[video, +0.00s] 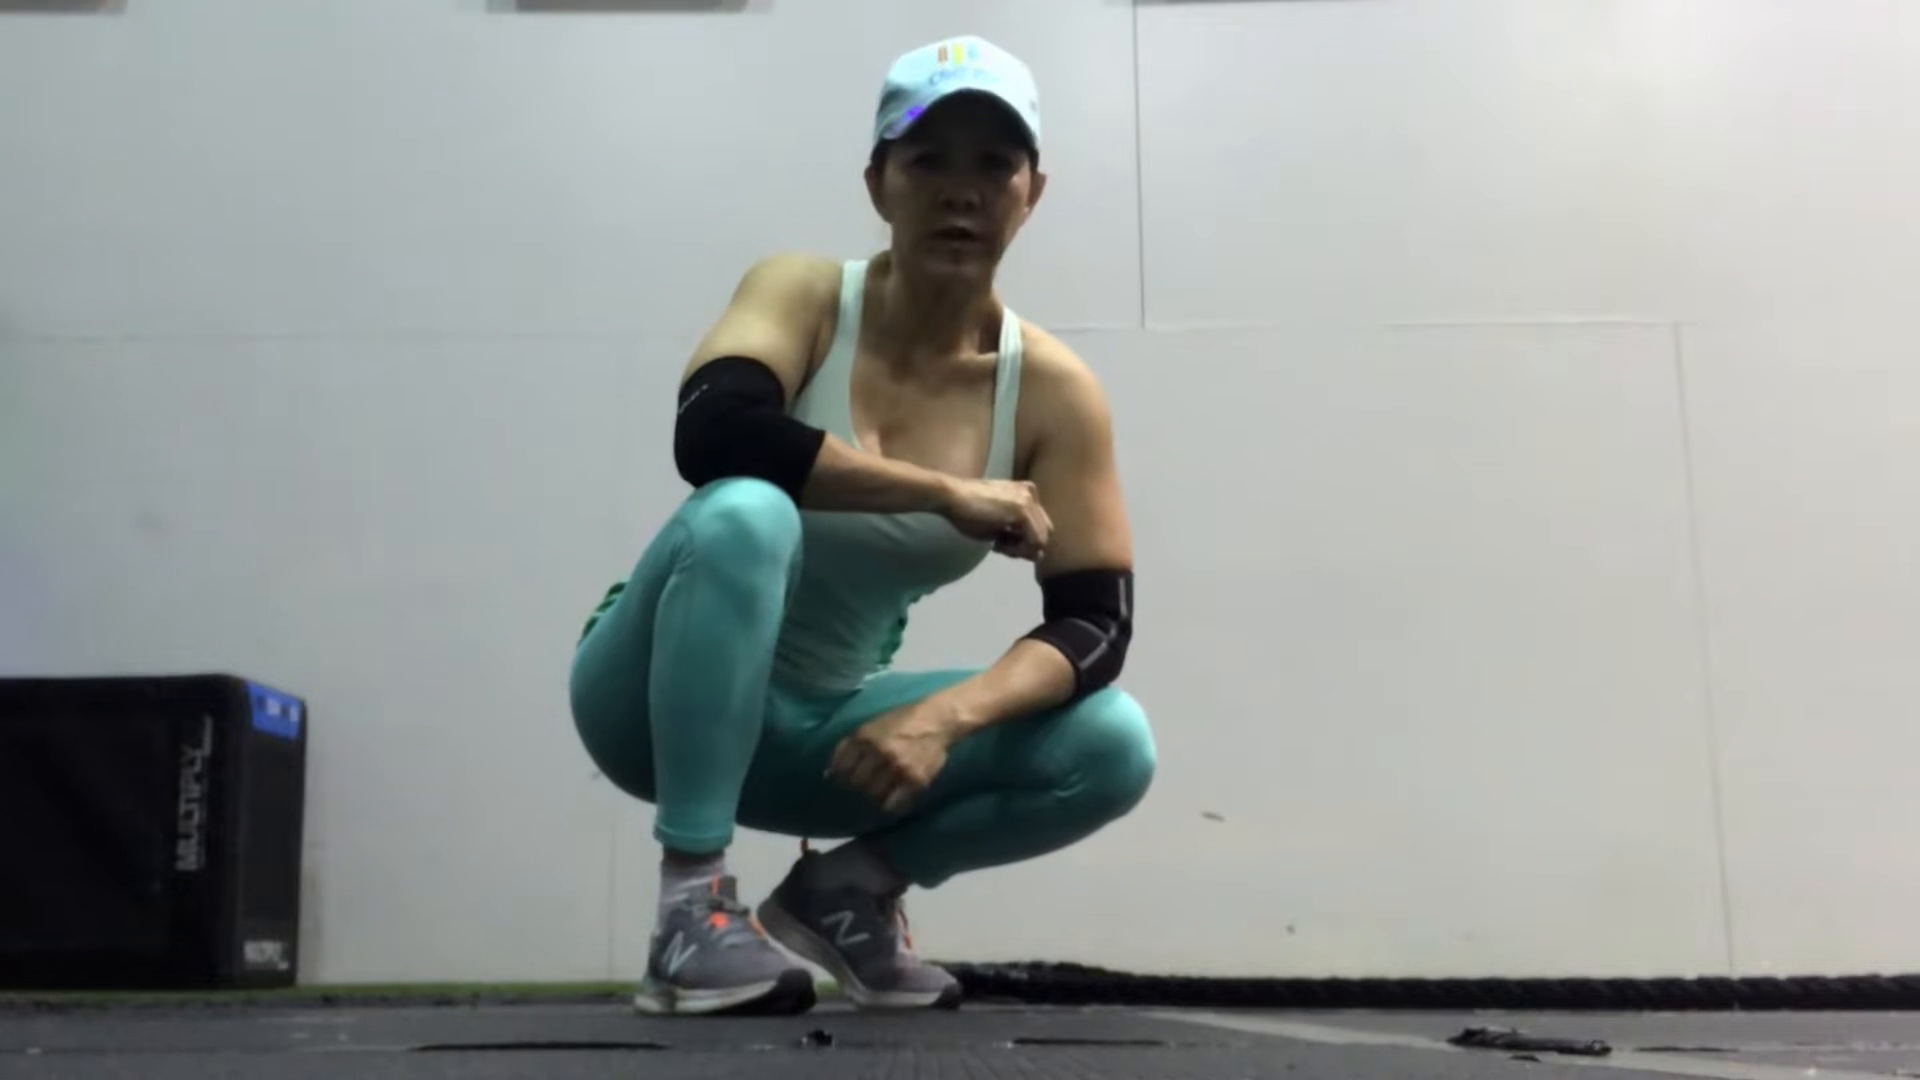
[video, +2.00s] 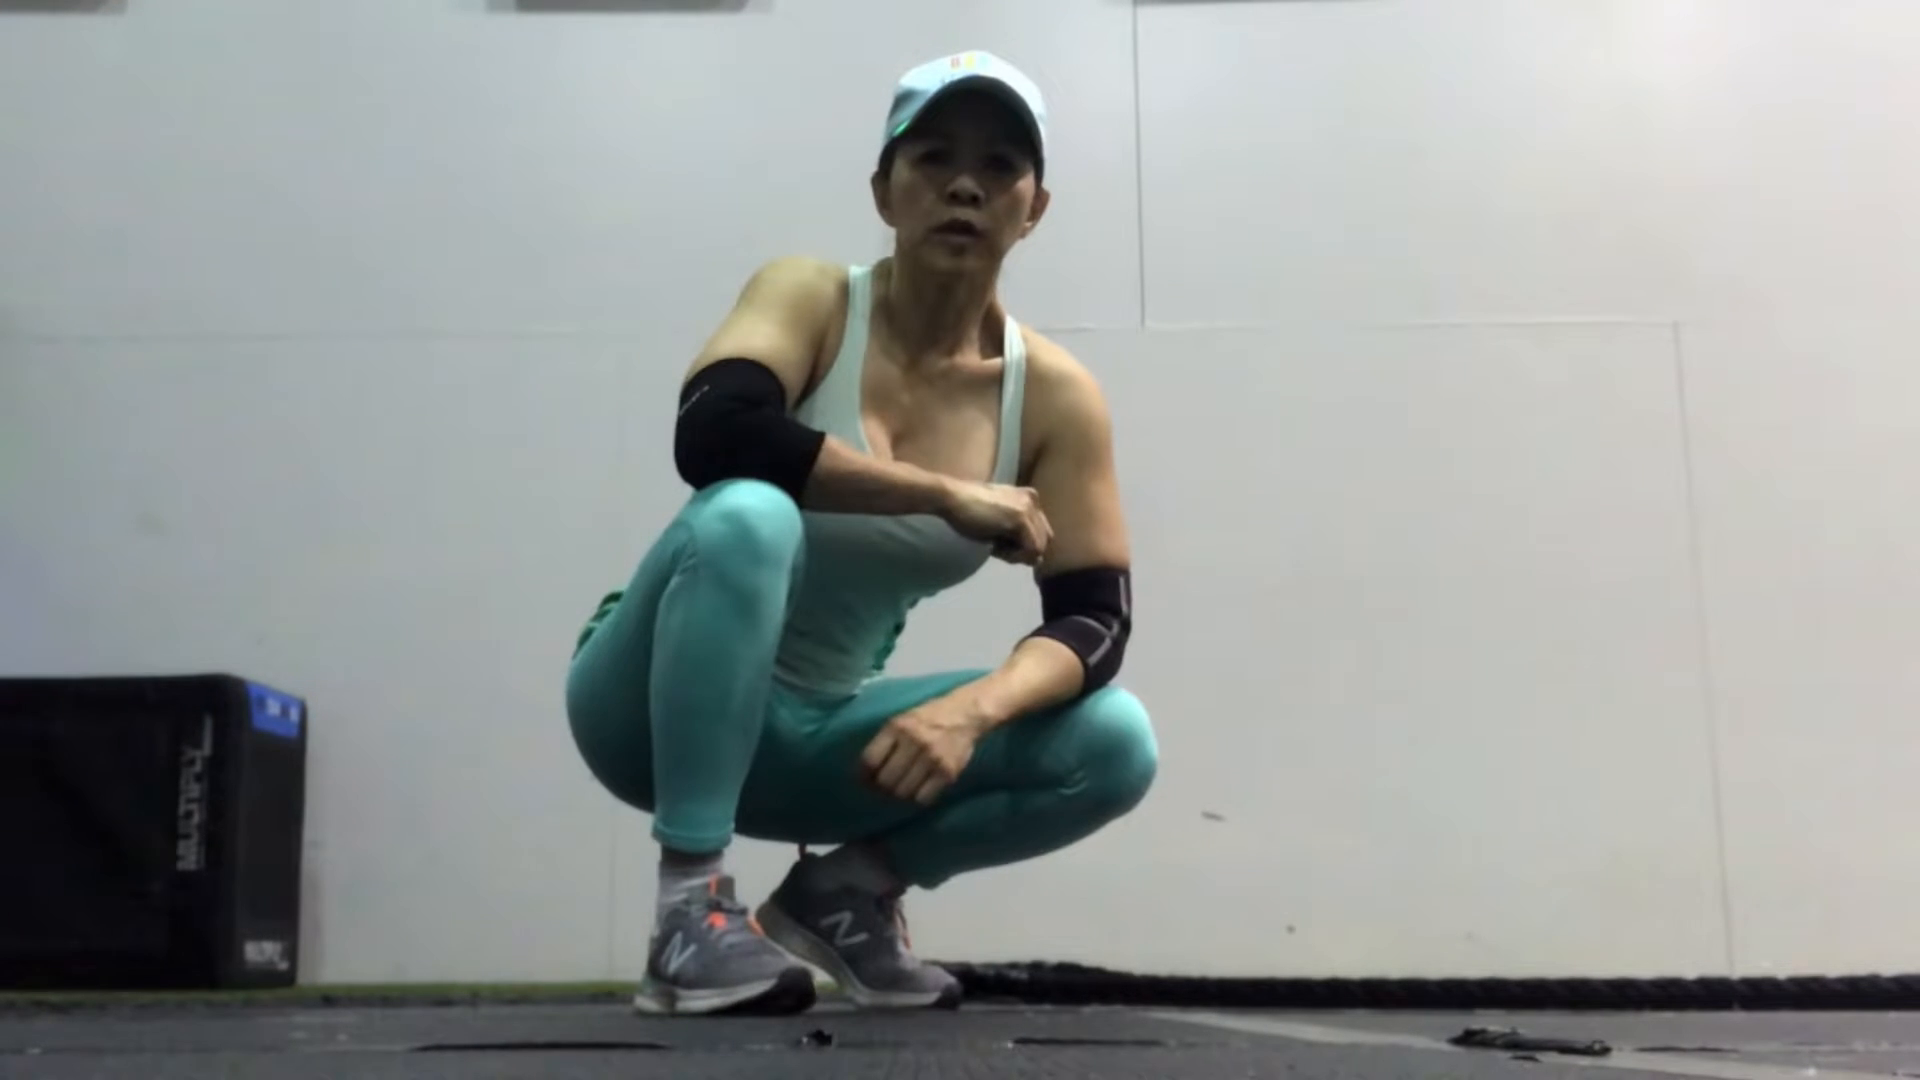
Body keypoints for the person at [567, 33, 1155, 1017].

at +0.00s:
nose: (960, 190)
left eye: (992, 163)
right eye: (928, 160)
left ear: (1032, 191)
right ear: (879, 181)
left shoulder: (1053, 392)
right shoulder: (796, 294)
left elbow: (1092, 625)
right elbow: (715, 437)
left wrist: (946, 715)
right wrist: (944, 495)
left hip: (833, 729)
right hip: (668, 697)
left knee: (1110, 747)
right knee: (744, 516)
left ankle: (842, 889)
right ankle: (692, 908)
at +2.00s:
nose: (964, 185)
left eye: (997, 164)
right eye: (935, 156)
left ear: (1035, 204)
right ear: (884, 189)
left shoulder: (1055, 397)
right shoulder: (805, 296)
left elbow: (1093, 620)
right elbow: (715, 435)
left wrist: (972, 709)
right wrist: (945, 495)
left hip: (822, 738)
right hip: (660, 704)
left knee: (1112, 744)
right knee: (749, 517)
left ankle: (840, 890)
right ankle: (692, 910)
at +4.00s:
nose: (952, 184)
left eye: (983, 162)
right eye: (922, 159)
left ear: (1022, 202)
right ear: (874, 193)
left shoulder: (1043, 394)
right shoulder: (796, 305)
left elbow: (1084, 617)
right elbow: (736, 440)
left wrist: (974, 707)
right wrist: (967, 502)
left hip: (818, 743)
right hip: (655, 709)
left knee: (1108, 737)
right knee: (759, 521)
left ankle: (841, 893)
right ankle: (692, 909)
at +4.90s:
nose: (958, 194)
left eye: (989, 171)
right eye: (927, 166)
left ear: (1030, 205)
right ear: (881, 193)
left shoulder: (1052, 397)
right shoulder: (804, 304)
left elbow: (1088, 620)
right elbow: (735, 439)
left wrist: (974, 708)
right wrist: (963, 500)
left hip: (823, 745)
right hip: (660, 710)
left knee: (1109, 742)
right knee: (762, 520)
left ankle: (841, 894)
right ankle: (693, 909)